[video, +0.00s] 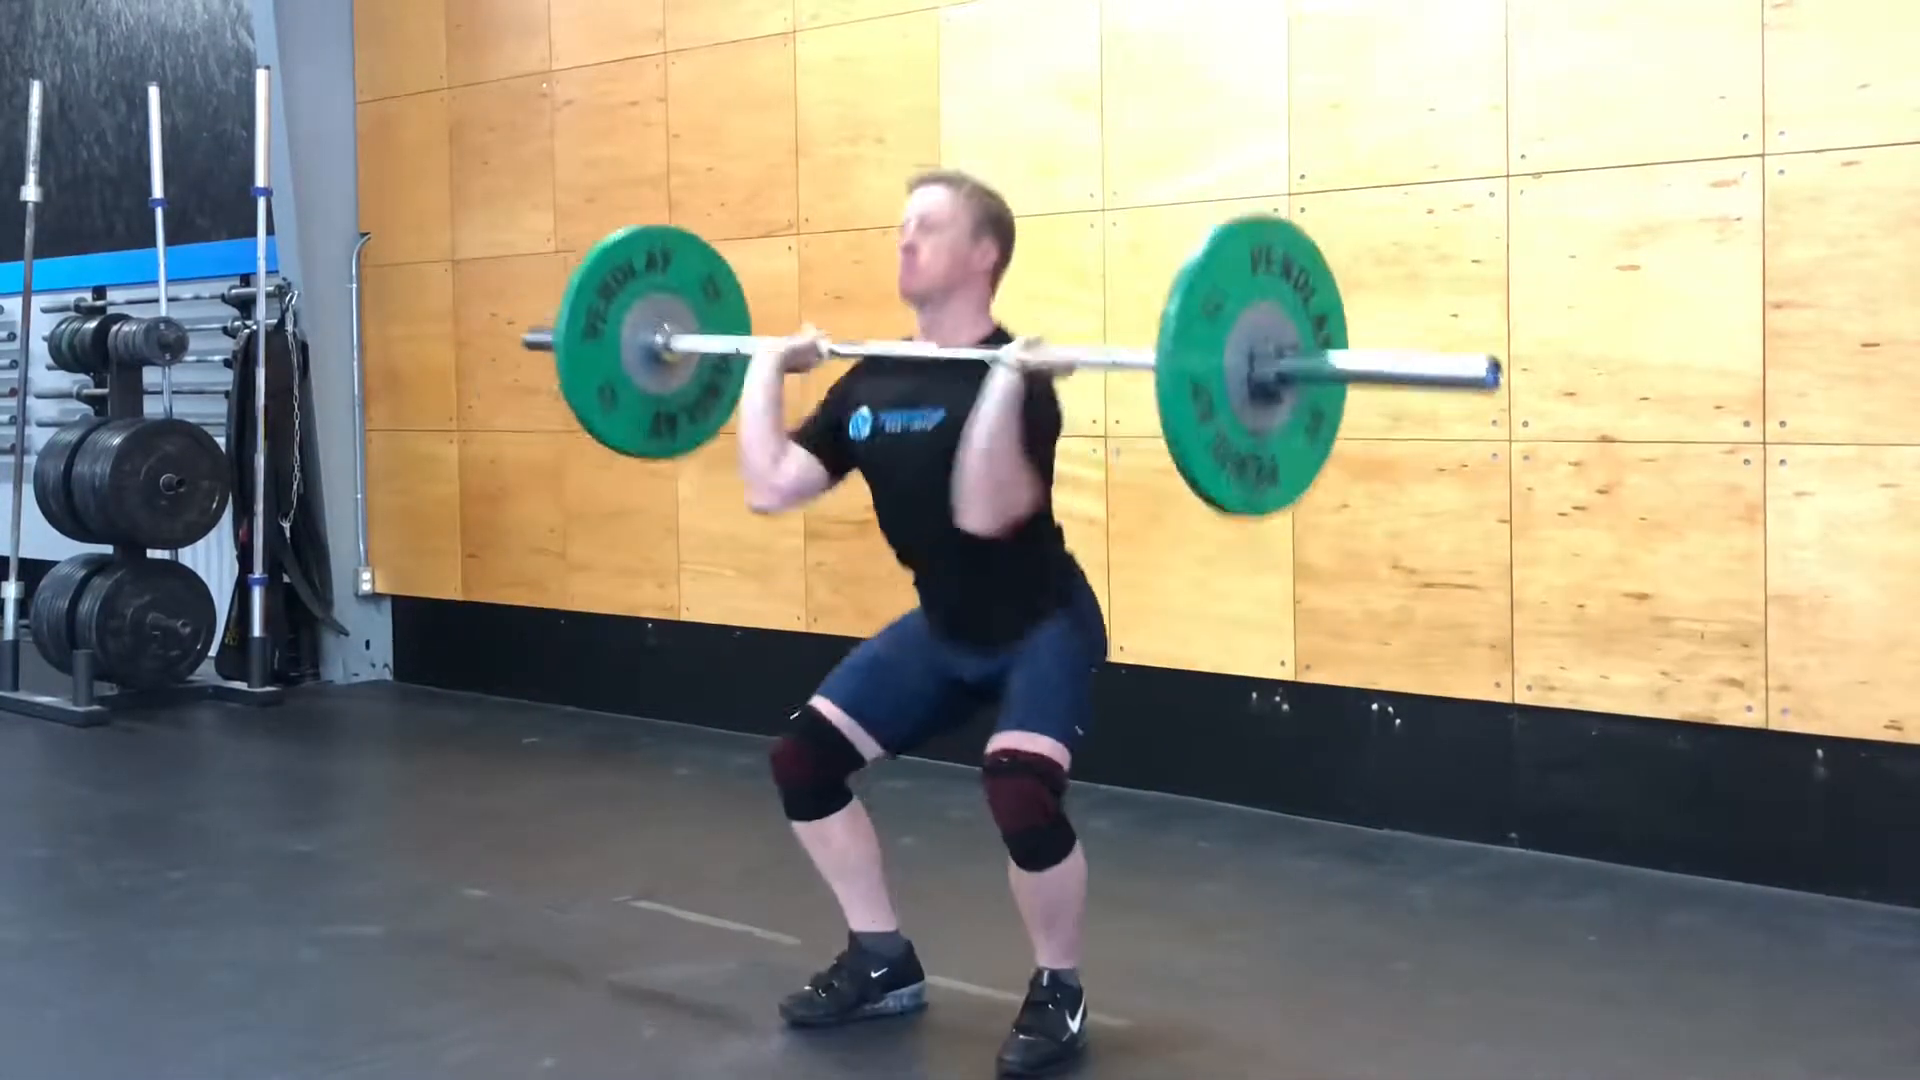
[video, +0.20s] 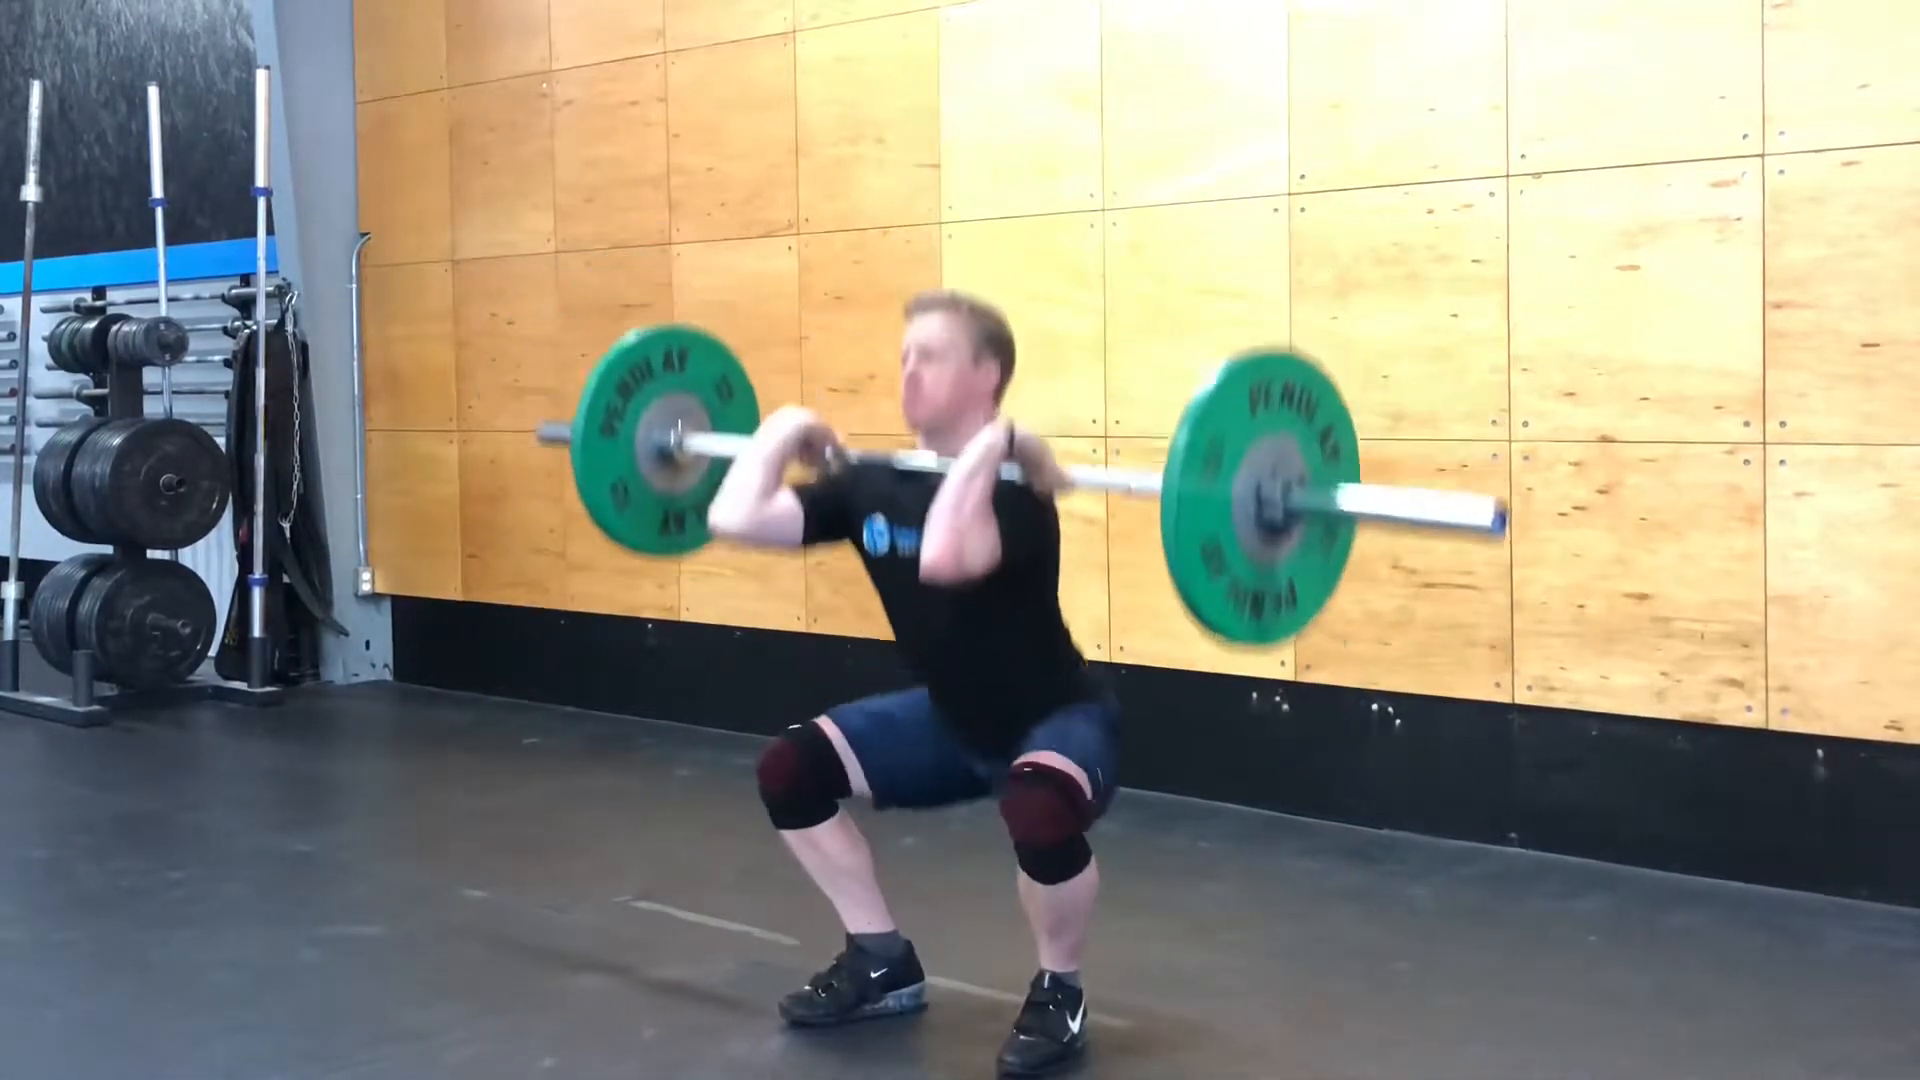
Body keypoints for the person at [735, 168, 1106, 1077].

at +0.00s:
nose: (903, 244)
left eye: (926, 231)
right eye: (903, 230)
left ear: (984, 255)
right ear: (909, 255)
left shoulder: (1020, 382)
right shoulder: (874, 379)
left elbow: (985, 515)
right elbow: (768, 487)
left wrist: (1008, 379)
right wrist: (766, 362)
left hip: (1046, 621)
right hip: (945, 625)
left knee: (1021, 786)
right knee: (804, 761)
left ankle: (1056, 993)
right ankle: (882, 960)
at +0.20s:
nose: (908, 375)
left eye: (928, 359)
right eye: (906, 359)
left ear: (987, 377)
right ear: (903, 372)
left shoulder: (1020, 496)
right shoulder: (873, 486)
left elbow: (943, 558)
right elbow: (735, 516)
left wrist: (992, 443)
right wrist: (779, 433)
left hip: (1059, 717)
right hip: (955, 716)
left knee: (1040, 800)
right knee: (794, 768)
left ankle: (1058, 993)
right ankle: (881, 959)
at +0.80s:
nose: (904, 253)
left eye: (926, 239)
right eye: (904, 237)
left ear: (983, 259)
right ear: (904, 253)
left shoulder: (1010, 374)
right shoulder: (859, 375)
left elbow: (945, 449)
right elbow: (726, 419)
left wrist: (978, 329)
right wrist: (771, 325)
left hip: (1026, 628)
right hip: (924, 634)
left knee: (1018, 796)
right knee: (779, 769)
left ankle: (1056, 994)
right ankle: (880, 959)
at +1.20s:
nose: (918, 128)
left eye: (940, 114)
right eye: (916, 114)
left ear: (997, 137)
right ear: (923, 136)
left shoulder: (1032, 252)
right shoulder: (887, 256)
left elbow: (1059, 396)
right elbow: (818, 380)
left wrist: (1037, 270)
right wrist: (779, 267)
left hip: (987, 537)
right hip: (888, 536)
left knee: (992, 766)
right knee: (853, 753)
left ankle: (1044, 990)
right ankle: (892, 964)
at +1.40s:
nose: (936, 118)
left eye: (956, 103)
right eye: (935, 104)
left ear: (1015, 121)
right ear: (941, 121)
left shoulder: (1055, 217)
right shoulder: (916, 214)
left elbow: (1140, 310)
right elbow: (859, 307)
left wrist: (1046, 351)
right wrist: (790, 341)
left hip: (981, 516)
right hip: (884, 513)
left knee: (990, 742)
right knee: (860, 733)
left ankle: (1035, 976)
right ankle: (886, 947)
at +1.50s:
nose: (927, 117)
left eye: (948, 102)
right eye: (926, 103)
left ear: (1006, 121)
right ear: (932, 121)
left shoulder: (1041, 220)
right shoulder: (899, 224)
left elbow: (1092, 341)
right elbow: (843, 345)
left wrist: (1037, 468)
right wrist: (785, 441)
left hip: (979, 530)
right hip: (879, 522)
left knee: (988, 747)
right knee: (858, 736)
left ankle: (1035, 981)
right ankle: (887, 950)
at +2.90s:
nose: (883, 206)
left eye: (903, 190)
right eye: (886, 189)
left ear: (965, 210)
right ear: (921, 213)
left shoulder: (1035, 319)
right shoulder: (882, 319)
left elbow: (1115, 438)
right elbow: (879, 426)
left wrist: (1050, 394)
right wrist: (802, 381)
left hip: (1042, 585)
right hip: (942, 589)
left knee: (1017, 767)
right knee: (831, 756)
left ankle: (1065, 990)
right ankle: (904, 957)